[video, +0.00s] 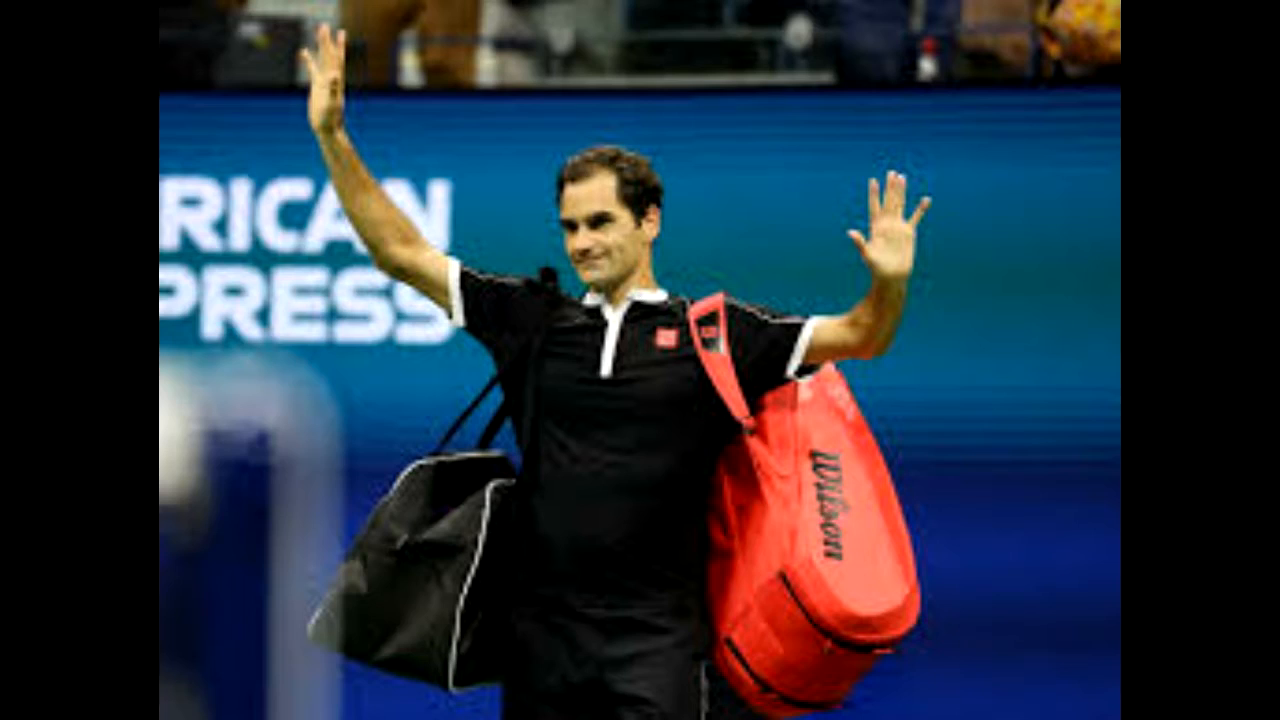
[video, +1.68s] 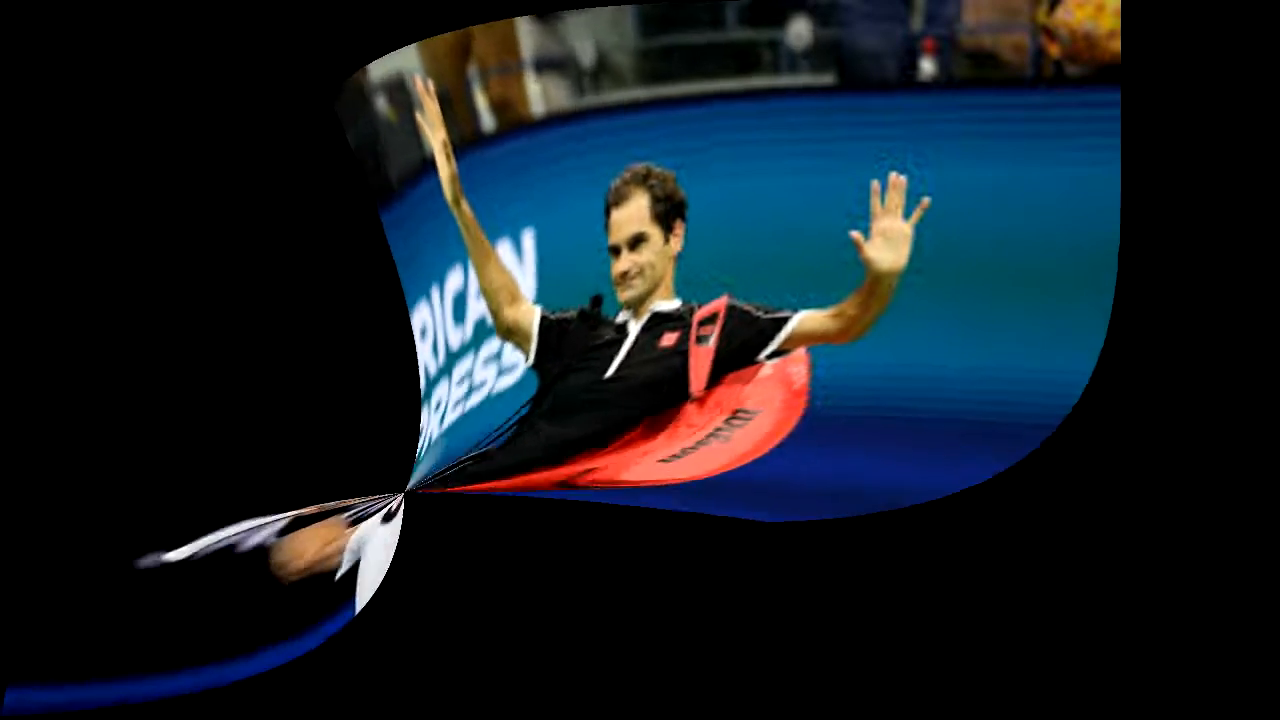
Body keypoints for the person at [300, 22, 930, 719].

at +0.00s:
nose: (581, 242)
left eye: (599, 224)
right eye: (570, 228)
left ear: (647, 225)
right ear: (560, 235)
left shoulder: (715, 329)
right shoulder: (528, 317)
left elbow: (861, 336)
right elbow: (398, 250)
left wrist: (890, 284)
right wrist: (328, 132)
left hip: (658, 628)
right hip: (544, 625)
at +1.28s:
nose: (581, 241)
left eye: (599, 223)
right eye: (570, 227)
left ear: (648, 223)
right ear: (561, 234)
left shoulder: (716, 331)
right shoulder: (531, 317)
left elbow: (859, 336)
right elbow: (399, 251)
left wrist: (890, 286)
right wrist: (330, 137)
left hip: (646, 624)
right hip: (530, 615)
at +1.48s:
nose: (583, 243)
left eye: (600, 225)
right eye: (571, 229)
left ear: (649, 224)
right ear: (562, 237)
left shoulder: (713, 330)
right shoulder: (537, 314)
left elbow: (862, 338)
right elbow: (418, 261)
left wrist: (890, 282)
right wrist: (338, 140)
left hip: (571, 576)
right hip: (472, 551)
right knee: (349, 606)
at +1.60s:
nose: (600, 253)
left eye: (615, 233)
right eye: (589, 238)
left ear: (659, 229)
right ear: (581, 243)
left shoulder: (713, 327)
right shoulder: (556, 324)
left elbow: (853, 332)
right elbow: (464, 287)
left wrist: (886, 285)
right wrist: (396, 171)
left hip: (523, 523)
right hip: (462, 487)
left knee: (352, 553)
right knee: (321, 553)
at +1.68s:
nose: (620, 262)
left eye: (635, 245)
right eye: (611, 249)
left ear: (674, 240)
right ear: (604, 251)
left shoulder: (712, 325)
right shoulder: (578, 331)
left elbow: (843, 326)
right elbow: (506, 308)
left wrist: (883, 275)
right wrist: (451, 190)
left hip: (511, 493)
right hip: (440, 487)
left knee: (309, 559)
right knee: (286, 559)